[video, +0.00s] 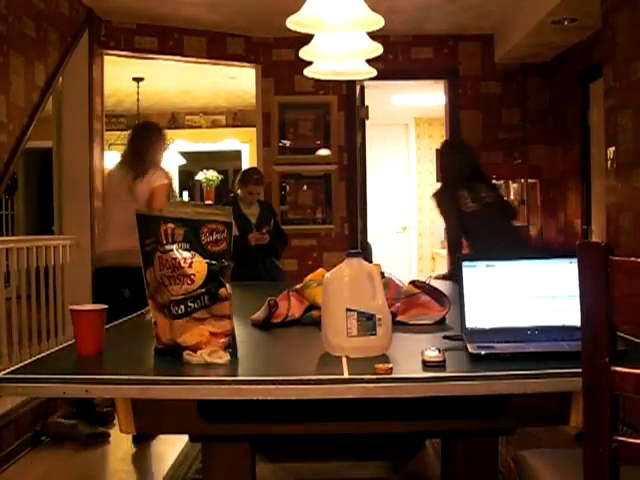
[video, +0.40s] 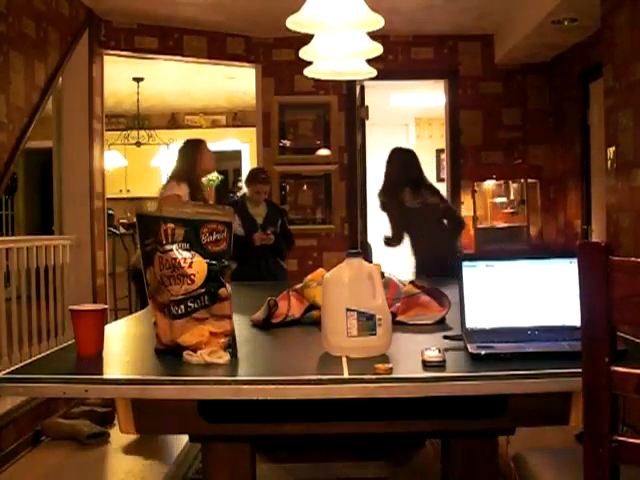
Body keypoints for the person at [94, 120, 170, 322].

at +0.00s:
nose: (164, 150)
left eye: (164, 144)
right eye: (162, 145)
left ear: (134, 143)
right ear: (155, 147)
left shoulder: (114, 174)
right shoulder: (158, 178)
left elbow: (107, 217)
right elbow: (158, 226)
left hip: (106, 264)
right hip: (139, 265)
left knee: (109, 332)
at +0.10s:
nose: (178, 144)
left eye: (178, 139)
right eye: (176, 139)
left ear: (147, 137)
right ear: (167, 141)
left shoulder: (132, 165)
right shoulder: (167, 168)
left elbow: (123, 206)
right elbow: (159, 213)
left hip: (110, 252)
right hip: (134, 253)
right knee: (147, 316)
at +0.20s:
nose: (192, 143)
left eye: (191, 138)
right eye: (188, 138)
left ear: (161, 141)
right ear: (177, 142)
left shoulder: (152, 164)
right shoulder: (172, 168)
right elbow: (163, 211)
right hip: (146, 254)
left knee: (141, 311)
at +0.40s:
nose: (212, 156)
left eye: (210, 152)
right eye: (207, 152)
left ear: (195, 159)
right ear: (195, 158)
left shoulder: (194, 187)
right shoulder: (176, 187)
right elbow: (171, 227)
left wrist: (210, 203)